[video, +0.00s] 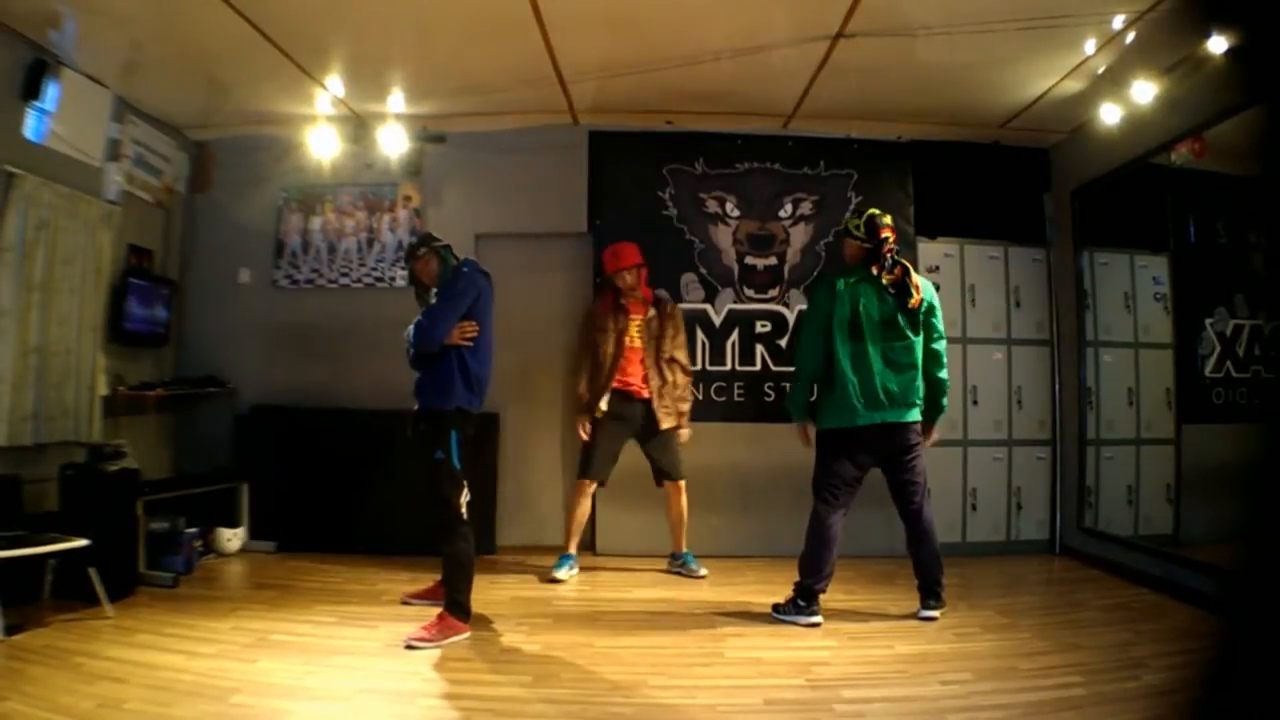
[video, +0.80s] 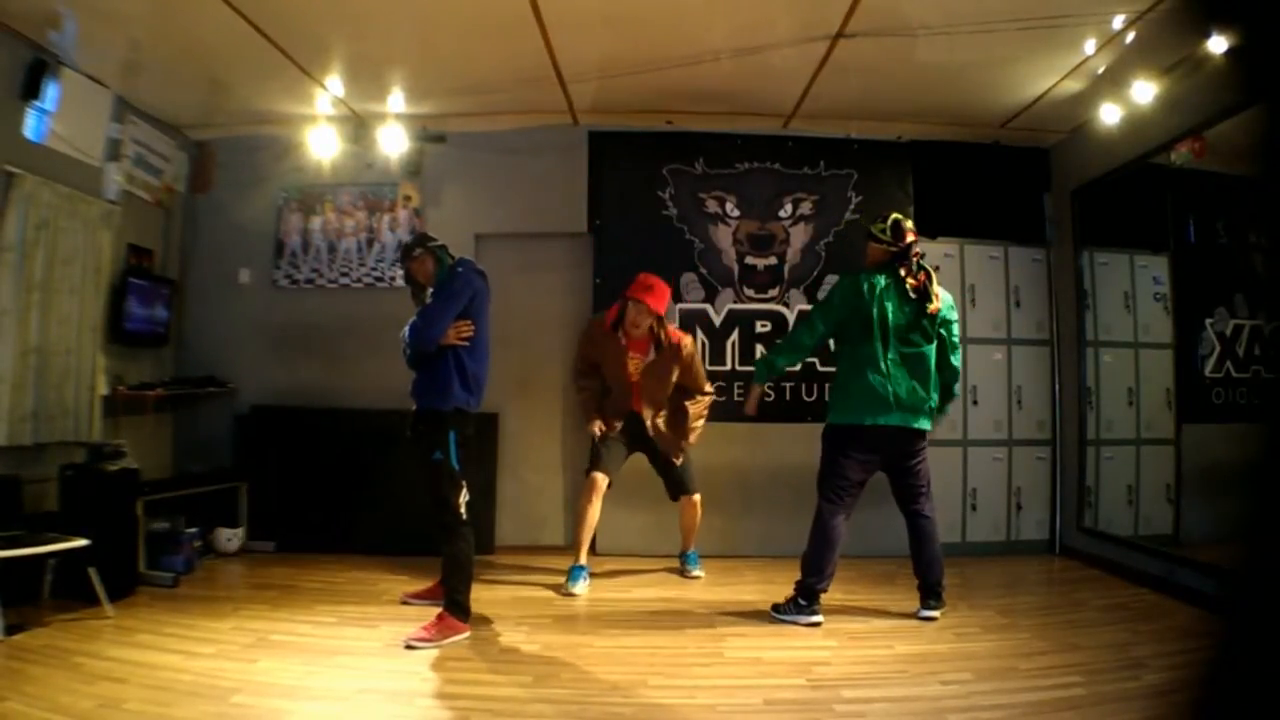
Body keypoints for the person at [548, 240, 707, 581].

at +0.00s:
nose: (625, 279)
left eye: (630, 272)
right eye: (618, 274)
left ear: (641, 271)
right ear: (611, 278)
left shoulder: (666, 312)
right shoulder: (601, 311)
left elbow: (679, 365)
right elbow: (585, 360)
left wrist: (682, 416)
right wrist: (583, 407)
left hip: (657, 408)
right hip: (613, 405)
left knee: (675, 480)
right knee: (587, 480)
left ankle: (680, 553)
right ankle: (569, 555)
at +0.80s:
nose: (636, 316)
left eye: (645, 311)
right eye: (634, 307)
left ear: (656, 316)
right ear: (625, 304)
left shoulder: (679, 346)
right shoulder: (599, 332)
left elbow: (700, 393)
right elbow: (584, 376)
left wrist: (684, 436)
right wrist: (591, 415)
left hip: (661, 421)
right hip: (616, 420)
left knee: (690, 496)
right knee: (596, 481)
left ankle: (689, 554)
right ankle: (579, 565)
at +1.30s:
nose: (638, 367)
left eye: (648, 363)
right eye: (636, 356)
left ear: (655, 369)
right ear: (626, 350)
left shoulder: (661, 389)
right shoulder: (592, 359)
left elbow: (655, 419)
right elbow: (556, 371)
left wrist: (636, 454)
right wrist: (562, 421)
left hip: (626, 435)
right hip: (585, 432)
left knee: (677, 491)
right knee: (569, 483)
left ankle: (683, 554)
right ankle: (577, 567)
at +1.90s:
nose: (669, 367)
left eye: (673, 359)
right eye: (661, 361)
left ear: (682, 358)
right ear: (650, 363)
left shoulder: (697, 374)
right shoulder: (630, 374)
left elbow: (702, 396)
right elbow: (593, 387)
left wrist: (679, 428)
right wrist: (599, 428)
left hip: (660, 439)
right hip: (620, 438)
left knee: (710, 487)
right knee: (596, 479)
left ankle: (687, 554)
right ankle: (578, 567)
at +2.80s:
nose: (704, 332)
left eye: (711, 326)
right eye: (699, 323)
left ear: (718, 330)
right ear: (687, 322)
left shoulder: (712, 362)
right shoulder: (653, 341)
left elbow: (702, 409)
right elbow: (611, 375)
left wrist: (708, 441)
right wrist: (613, 420)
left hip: (668, 432)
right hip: (631, 428)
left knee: (710, 486)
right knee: (597, 478)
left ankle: (687, 553)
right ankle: (578, 566)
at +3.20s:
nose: (674, 301)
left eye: (677, 295)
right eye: (668, 294)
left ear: (679, 295)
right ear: (648, 291)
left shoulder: (669, 327)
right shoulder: (609, 314)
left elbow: (669, 374)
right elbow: (580, 362)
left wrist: (673, 410)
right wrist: (594, 404)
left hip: (646, 417)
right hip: (608, 414)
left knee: (678, 481)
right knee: (592, 483)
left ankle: (680, 555)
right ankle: (578, 567)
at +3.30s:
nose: (669, 299)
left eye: (672, 293)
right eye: (664, 291)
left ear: (672, 292)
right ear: (644, 286)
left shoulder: (658, 321)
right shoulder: (608, 311)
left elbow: (656, 367)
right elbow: (597, 363)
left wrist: (663, 393)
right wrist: (625, 377)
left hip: (640, 413)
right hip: (606, 410)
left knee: (674, 476)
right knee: (600, 483)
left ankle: (678, 558)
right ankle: (579, 566)